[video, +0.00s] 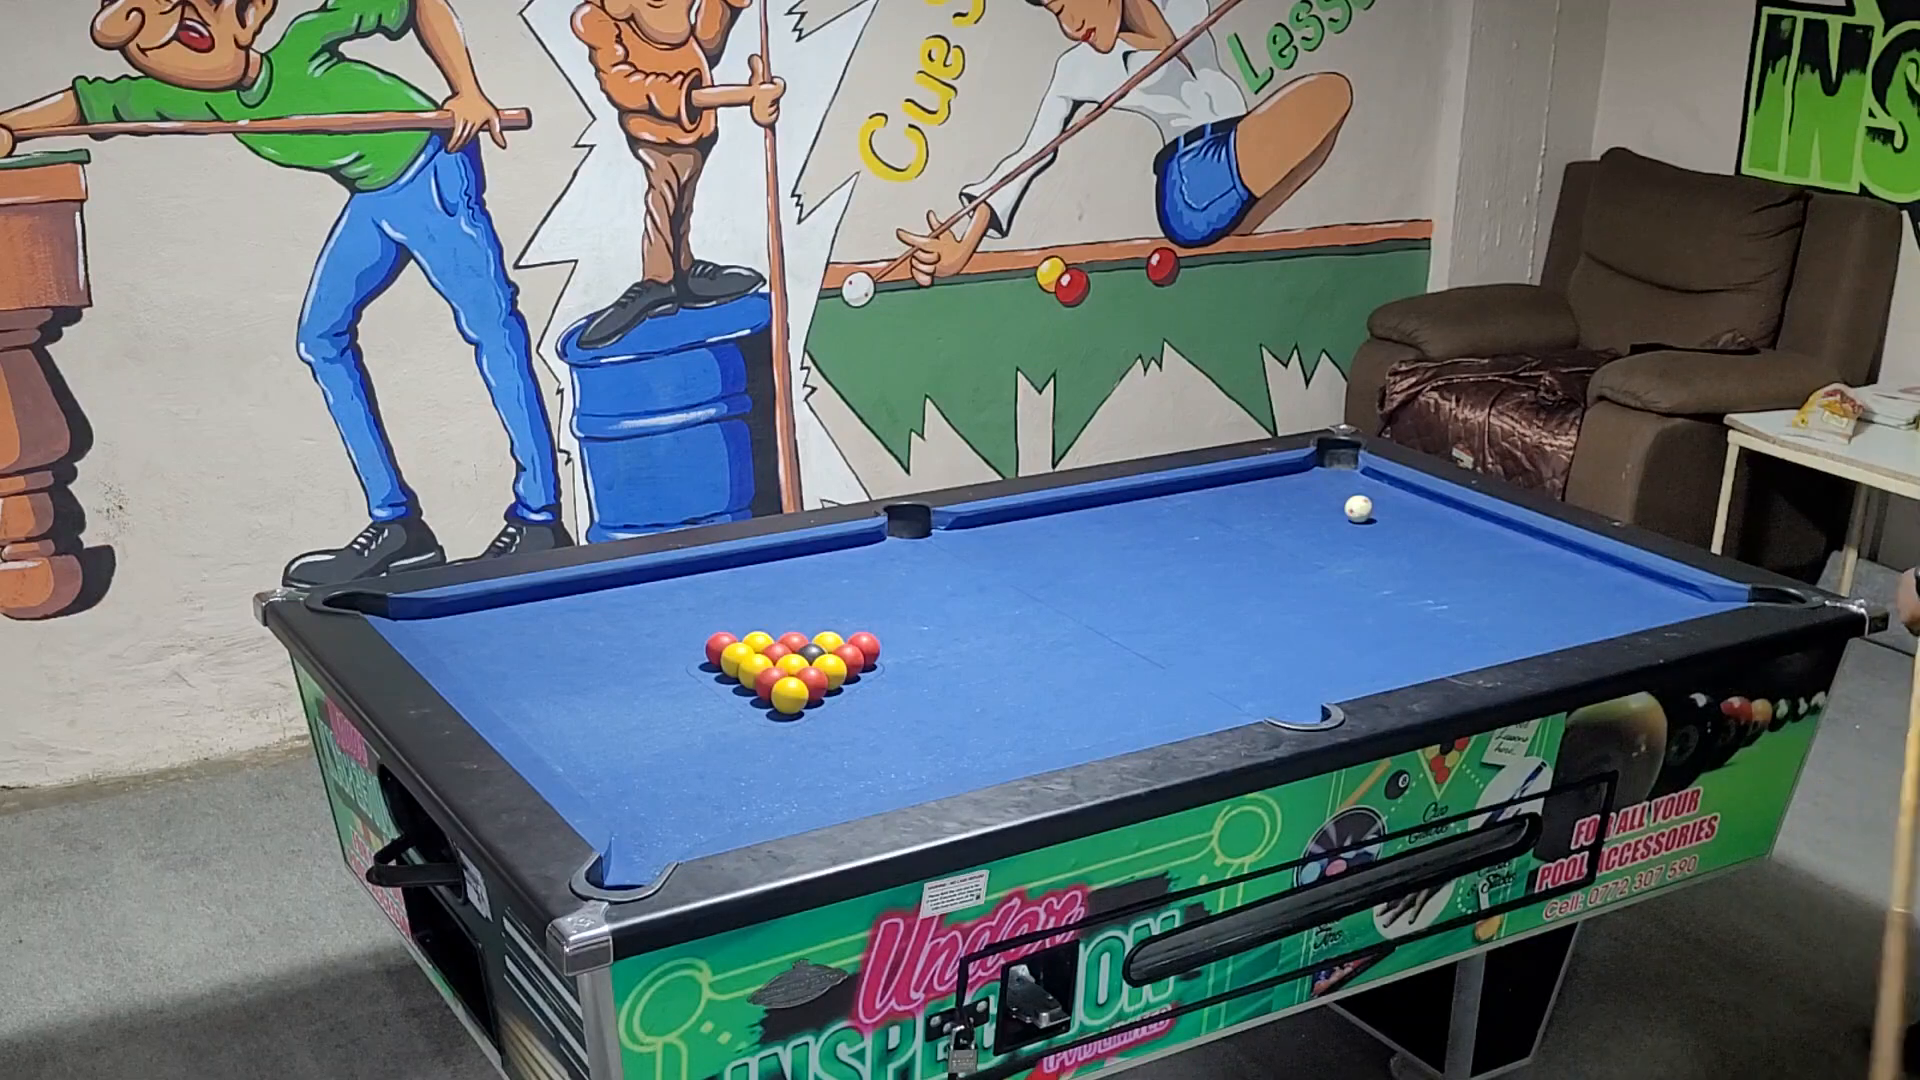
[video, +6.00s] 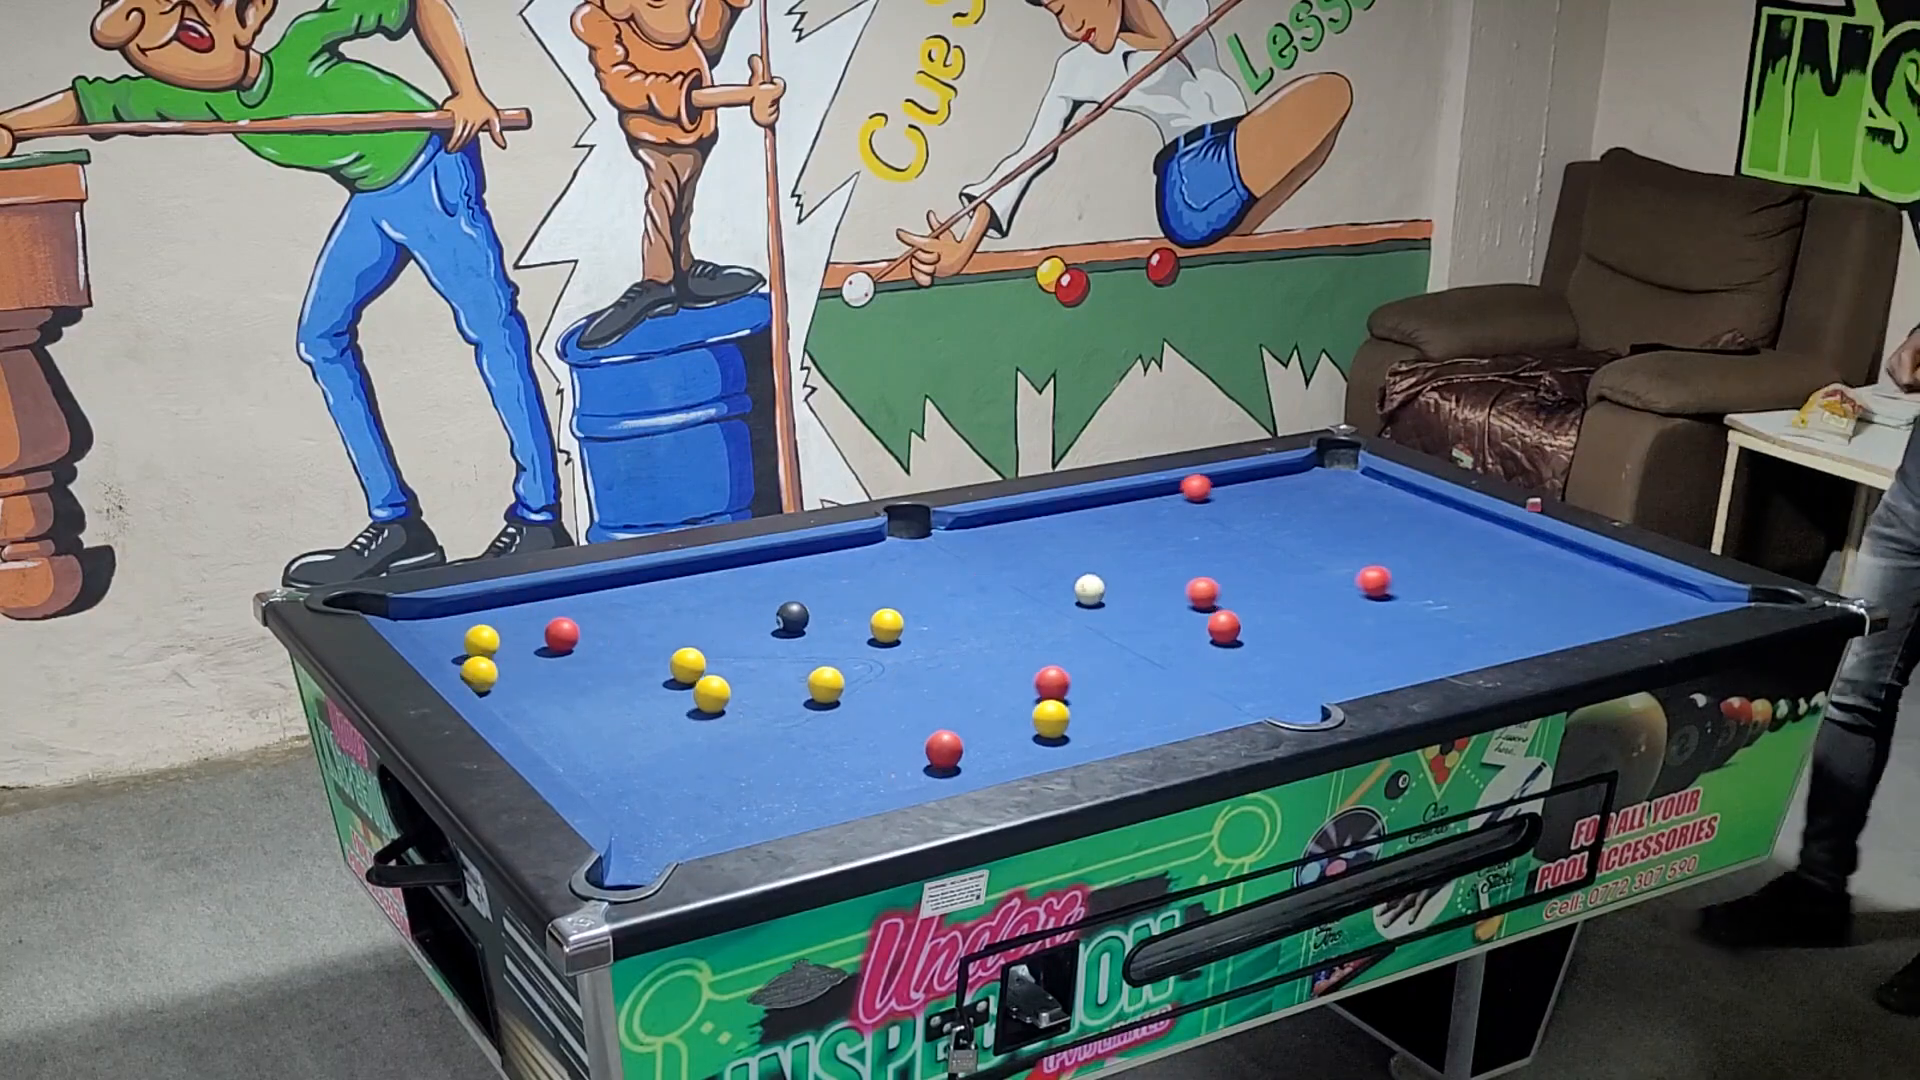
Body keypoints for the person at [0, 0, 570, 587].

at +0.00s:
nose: (207, 58)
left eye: (200, 43)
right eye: (190, 57)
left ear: (221, 22)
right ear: (181, 74)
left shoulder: (299, 37)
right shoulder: (211, 98)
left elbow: (419, 4)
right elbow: (89, 101)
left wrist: (467, 88)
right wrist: (9, 123)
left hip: (426, 165)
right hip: (368, 199)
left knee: (493, 331)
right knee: (322, 338)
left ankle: (540, 518)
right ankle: (397, 523)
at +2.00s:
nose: (209, 57)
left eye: (203, 42)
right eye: (192, 56)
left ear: (225, 23)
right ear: (184, 74)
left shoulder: (300, 37)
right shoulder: (212, 99)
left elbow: (419, 4)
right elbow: (89, 100)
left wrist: (467, 87)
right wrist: (9, 124)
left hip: (426, 166)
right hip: (369, 199)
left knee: (492, 330)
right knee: (322, 338)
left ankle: (541, 517)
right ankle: (397, 523)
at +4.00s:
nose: (209, 56)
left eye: (202, 42)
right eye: (192, 55)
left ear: (225, 22)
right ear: (185, 73)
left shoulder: (300, 38)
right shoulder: (213, 98)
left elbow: (418, 4)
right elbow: (90, 100)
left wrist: (467, 88)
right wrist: (9, 124)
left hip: (426, 166)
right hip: (369, 199)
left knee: (493, 331)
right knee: (322, 338)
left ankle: (540, 518)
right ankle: (397, 523)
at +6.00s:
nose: (208, 58)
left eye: (201, 43)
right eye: (191, 58)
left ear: (228, 22)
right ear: (185, 74)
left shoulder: (301, 37)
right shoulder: (213, 98)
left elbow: (419, 4)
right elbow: (90, 101)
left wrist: (467, 87)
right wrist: (9, 124)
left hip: (426, 165)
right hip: (369, 198)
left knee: (492, 329)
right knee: (322, 337)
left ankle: (541, 516)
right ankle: (397, 522)